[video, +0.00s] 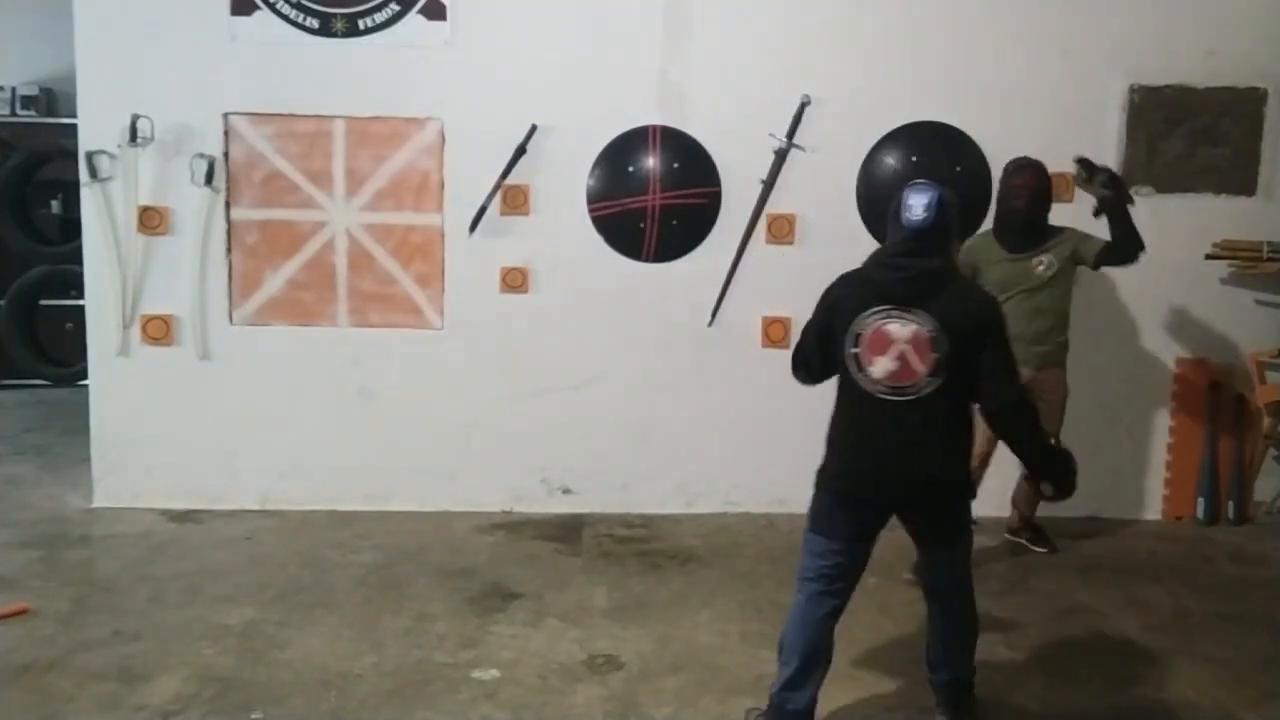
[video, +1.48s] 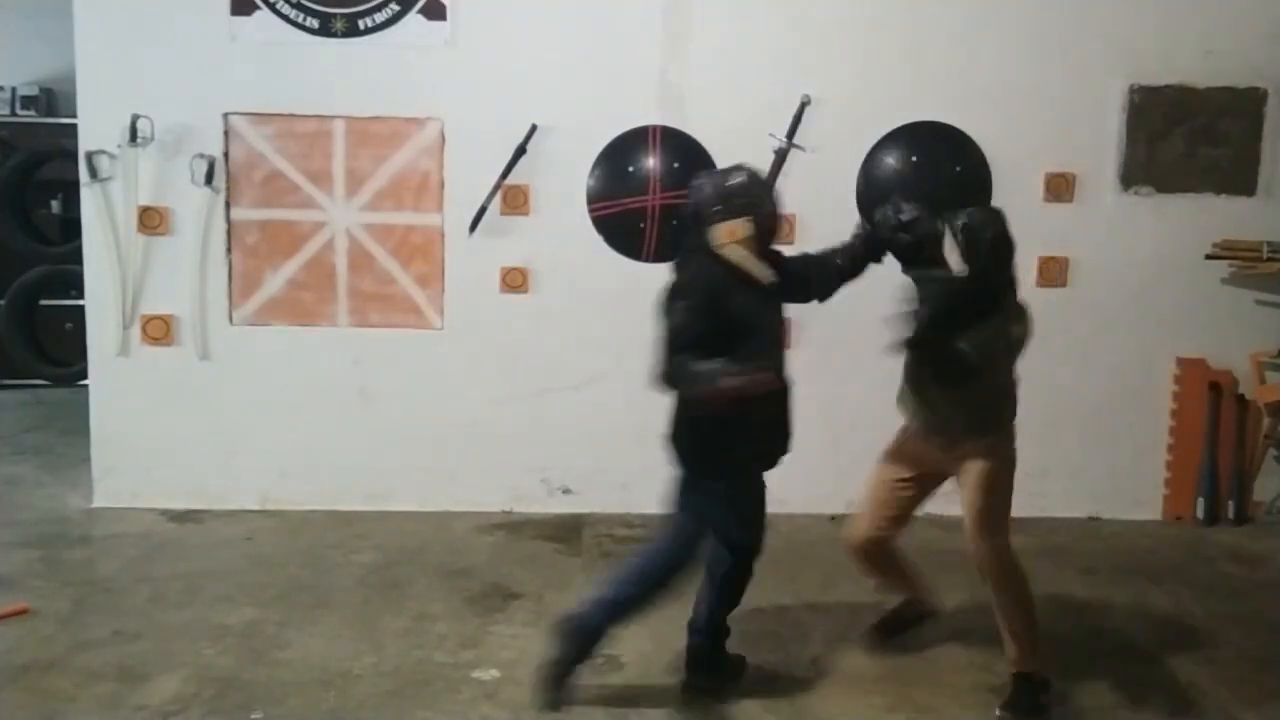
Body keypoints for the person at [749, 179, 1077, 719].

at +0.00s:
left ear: (887, 224)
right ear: (954, 230)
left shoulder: (850, 291)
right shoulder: (972, 303)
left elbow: (807, 367)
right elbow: (1003, 402)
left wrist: (860, 326)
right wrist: (1045, 460)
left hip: (855, 468)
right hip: (937, 473)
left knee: (819, 587)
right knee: (949, 587)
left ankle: (787, 708)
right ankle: (954, 696)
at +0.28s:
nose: (956, 244)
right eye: (955, 232)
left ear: (877, 219)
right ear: (945, 229)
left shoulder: (837, 291)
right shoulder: (949, 304)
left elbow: (798, 345)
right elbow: (1022, 360)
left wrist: (849, 361)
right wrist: (1066, 317)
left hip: (833, 473)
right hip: (913, 479)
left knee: (808, 588)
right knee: (935, 581)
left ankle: (782, 707)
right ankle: (953, 677)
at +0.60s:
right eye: (966, 228)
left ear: (909, 226)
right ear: (968, 235)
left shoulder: (868, 285)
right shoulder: (978, 293)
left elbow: (826, 345)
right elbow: (1004, 342)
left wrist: (845, 395)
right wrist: (991, 276)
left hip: (869, 450)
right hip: (947, 454)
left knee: (826, 553)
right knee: (955, 563)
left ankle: (788, 683)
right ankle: (961, 681)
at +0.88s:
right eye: (953, 229)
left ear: (885, 224)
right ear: (948, 231)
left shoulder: (850, 289)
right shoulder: (964, 294)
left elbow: (807, 359)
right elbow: (983, 352)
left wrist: (856, 392)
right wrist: (1036, 344)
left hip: (854, 450)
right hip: (932, 455)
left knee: (816, 551)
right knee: (949, 563)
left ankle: (786, 675)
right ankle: (959, 679)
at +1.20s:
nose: (852, 240)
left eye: (848, 230)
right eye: (847, 231)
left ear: (795, 230)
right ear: (835, 234)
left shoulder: (774, 277)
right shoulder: (846, 287)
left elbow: (823, 290)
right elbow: (929, 297)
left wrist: (850, 265)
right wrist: (1003, 264)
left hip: (776, 459)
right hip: (839, 462)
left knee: (753, 552)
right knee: (889, 566)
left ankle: (707, 659)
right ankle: (934, 664)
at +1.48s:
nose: (777, 220)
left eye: (773, 211)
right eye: (767, 211)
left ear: (737, 220)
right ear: (737, 221)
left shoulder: (761, 271)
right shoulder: (702, 278)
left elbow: (817, 277)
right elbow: (678, 367)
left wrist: (872, 241)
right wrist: (736, 378)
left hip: (743, 444)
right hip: (711, 446)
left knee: (729, 550)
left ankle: (707, 659)